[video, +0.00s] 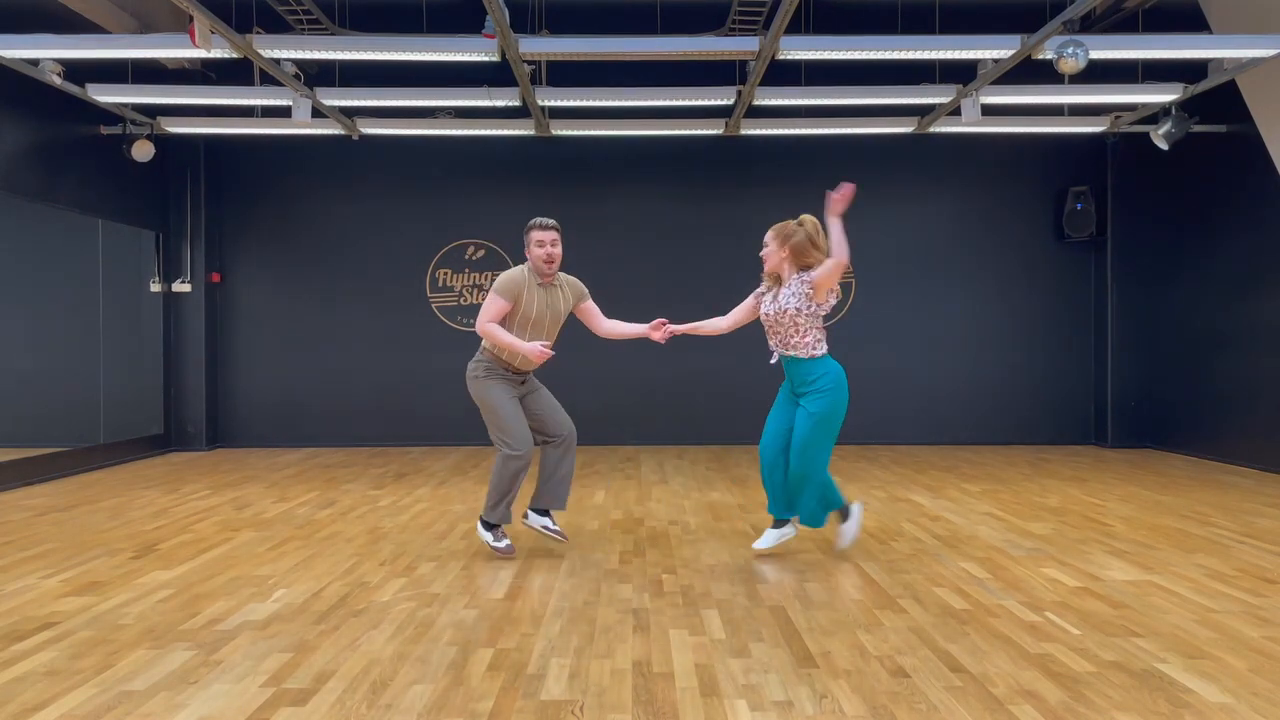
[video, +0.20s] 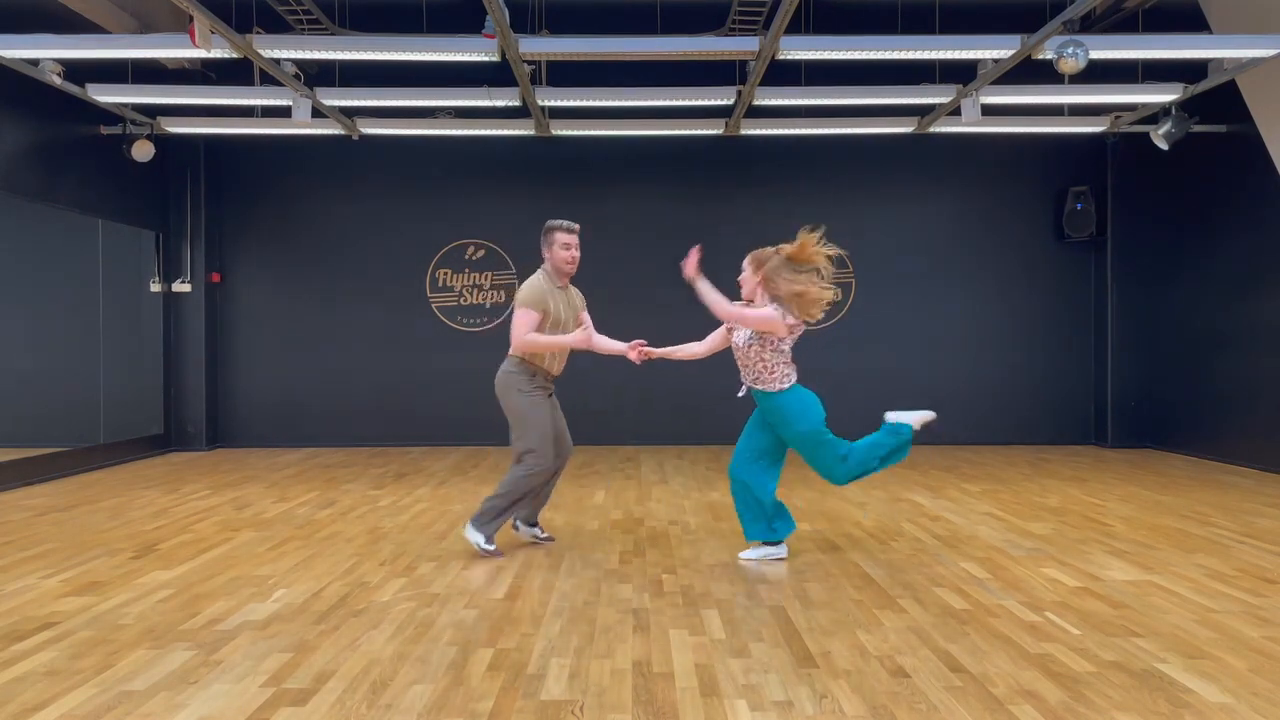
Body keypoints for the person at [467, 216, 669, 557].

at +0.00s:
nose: (549, 252)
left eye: (554, 244)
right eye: (540, 245)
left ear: (562, 248)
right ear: (527, 251)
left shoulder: (571, 288)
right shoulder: (512, 281)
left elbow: (602, 326)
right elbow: (484, 325)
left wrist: (646, 329)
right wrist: (523, 347)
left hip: (524, 378)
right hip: (489, 373)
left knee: (563, 433)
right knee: (518, 446)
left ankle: (540, 511)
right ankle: (490, 523)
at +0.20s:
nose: (573, 255)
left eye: (577, 248)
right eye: (565, 248)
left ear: (580, 253)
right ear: (546, 252)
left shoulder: (574, 297)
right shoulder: (534, 289)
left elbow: (590, 339)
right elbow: (519, 342)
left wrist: (626, 348)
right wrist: (570, 340)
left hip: (542, 384)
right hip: (519, 379)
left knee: (561, 451)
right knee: (540, 457)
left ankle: (525, 519)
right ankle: (480, 525)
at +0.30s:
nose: (593, 251)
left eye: (595, 246)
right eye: (586, 244)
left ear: (594, 250)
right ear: (564, 247)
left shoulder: (579, 290)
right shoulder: (558, 279)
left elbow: (587, 338)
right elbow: (564, 332)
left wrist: (622, 349)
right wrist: (605, 321)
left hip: (545, 374)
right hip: (539, 374)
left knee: (563, 440)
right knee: (593, 438)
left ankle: (540, 507)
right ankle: (541, 500)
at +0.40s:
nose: (611, 259)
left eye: (611, 253)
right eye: (604, 252)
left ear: (587, 257)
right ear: (583, 255)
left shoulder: (576, 286)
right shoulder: (581, 285)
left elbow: (586, 349)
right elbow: (615, 329)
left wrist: (623, 353)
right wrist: (641, 319)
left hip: (551, 382)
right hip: (567, 385)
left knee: (565, 457)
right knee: (630, 436)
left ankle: (542, 526)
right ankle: (622, 510)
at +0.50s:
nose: (623, 256)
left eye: (622, 251)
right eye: (622, 251)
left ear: (590, 254)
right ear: (618, 252)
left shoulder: (579, 290)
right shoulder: (621, 284)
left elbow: (592, 337)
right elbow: (662, 322)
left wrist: (633, 342)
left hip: (576, 379)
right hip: (611, 382)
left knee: (575, 454)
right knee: (649, 450)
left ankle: (548, 519)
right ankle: (641, 520)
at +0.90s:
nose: (634, 263)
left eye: (632, 257)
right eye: (629, 257)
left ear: (594, 267)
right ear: (619, 265)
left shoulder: (592, 303)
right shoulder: (629, 305)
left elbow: (572, 336)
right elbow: (652, 351)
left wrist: (542, 356)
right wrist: (682, 343)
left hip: (568, 388)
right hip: (583, 394)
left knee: (585, 462)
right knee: (631, 458)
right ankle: (597, 528)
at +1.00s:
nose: (612, 277)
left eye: (611, 271)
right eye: (608, 272)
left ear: (578, 279)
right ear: (594, 278)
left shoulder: (574, 313)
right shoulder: (598, 320)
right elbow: (626, 364)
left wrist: (650, 340)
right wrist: (656, 344)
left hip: (553, 404)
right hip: (564, 410)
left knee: (565, 481)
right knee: (621, 468)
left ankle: (533, 542)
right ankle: (577, 533)